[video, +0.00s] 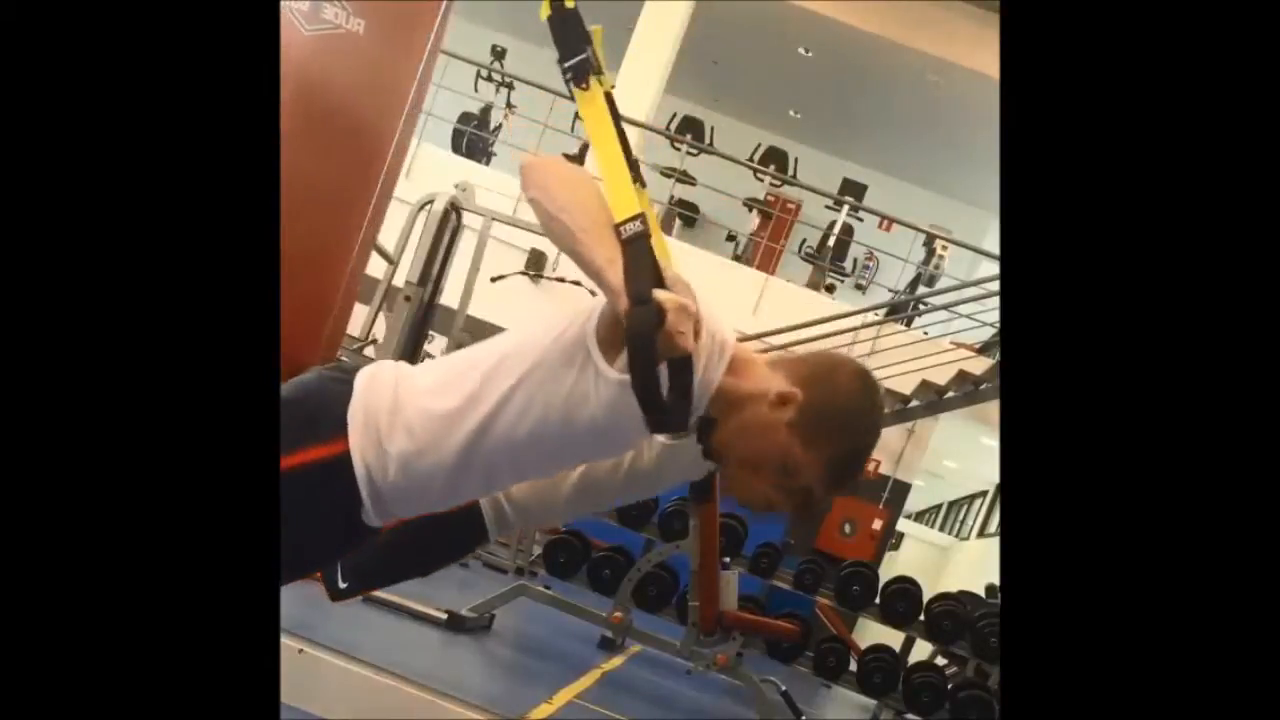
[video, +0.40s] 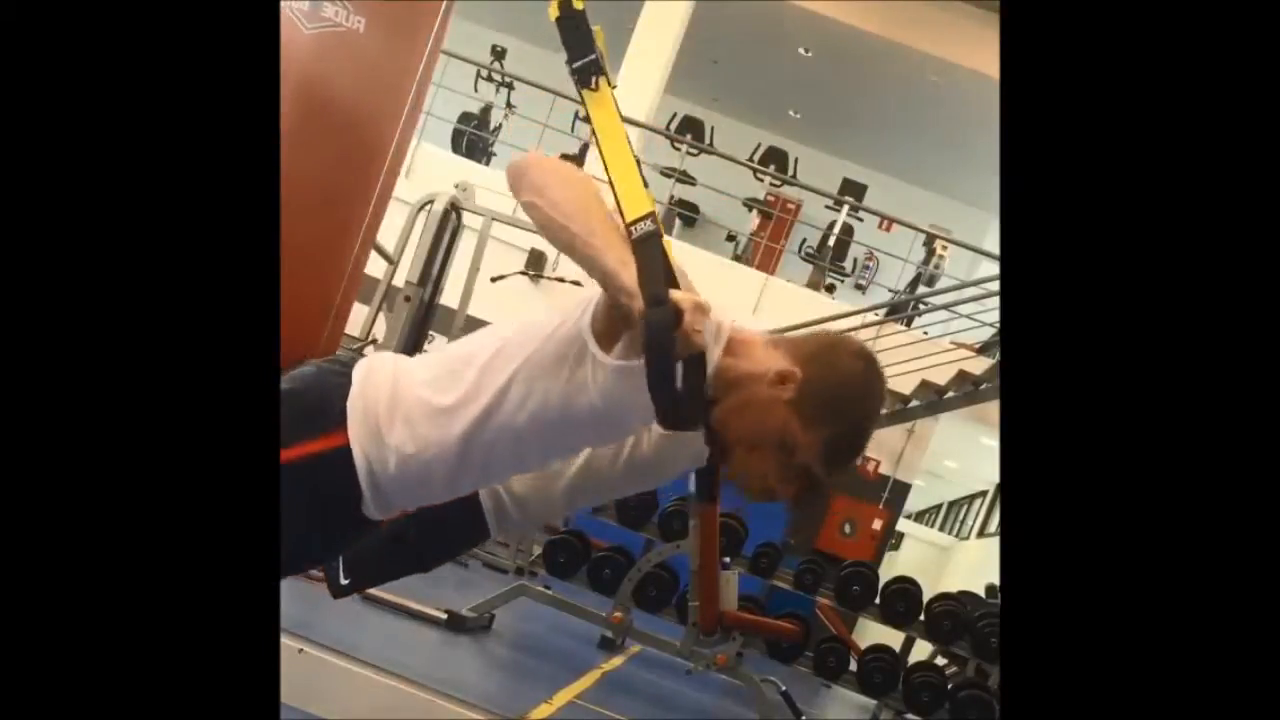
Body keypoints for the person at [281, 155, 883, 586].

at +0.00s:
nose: (760, 497)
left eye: (782, 497)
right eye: (782, 480)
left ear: (779, 398)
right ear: (781, 406)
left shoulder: (704, 425)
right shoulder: (678, 320)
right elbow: (543, 173)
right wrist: (637, 295)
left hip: (371, 496)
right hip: (337, 447)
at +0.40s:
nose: (764, 486)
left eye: (788, 481)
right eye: (787, 462)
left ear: (781, 380)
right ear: (782, 387)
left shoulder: (705, 417)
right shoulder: (679, 315)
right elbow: (533, 174)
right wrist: (642, 292)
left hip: (369, 490)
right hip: (335, 443)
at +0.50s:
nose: (767, 418)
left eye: (789, 415)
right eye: (783, 398)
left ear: (779, 332)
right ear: (776, 330)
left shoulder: (699, 375)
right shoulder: (665, 269)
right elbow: (525, 154)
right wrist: (634, 280)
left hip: (368, 469)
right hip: (332, 419)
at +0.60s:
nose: (753, 362)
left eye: (771, 364)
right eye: (770, 348)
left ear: (770, 272)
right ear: (769, 277)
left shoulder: (686, 330)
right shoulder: (667, 231)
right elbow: (519, 147)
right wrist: (638, 285)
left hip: (370, 444)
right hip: (332, 387)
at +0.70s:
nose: (742, 312)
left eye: (762, 309)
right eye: (760, 297)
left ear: (751, 224)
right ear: (753, 228)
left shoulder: (667, 269)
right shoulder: (649, 177)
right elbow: (517, 141)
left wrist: (674, 381)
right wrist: (640, 295)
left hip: (370, 418)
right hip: (327, 352)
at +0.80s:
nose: (732, 268)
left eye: (753, 266)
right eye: (749, 251)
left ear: (738, 172)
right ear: (736, 175)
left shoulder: (646, 228)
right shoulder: (630, 138)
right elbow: (511, 134)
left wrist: (666, 374)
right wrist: (620, 294)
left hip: (361, 388)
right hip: (315, 321)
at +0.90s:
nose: (712, 230)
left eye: (732, 226)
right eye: (729, 209)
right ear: (717, 136)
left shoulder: (628, 198)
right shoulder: (608, 102)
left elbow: (629, 297)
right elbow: (506, 132)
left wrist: (669, 371)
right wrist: (600, 290)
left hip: (352, 357)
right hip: (305, 295)